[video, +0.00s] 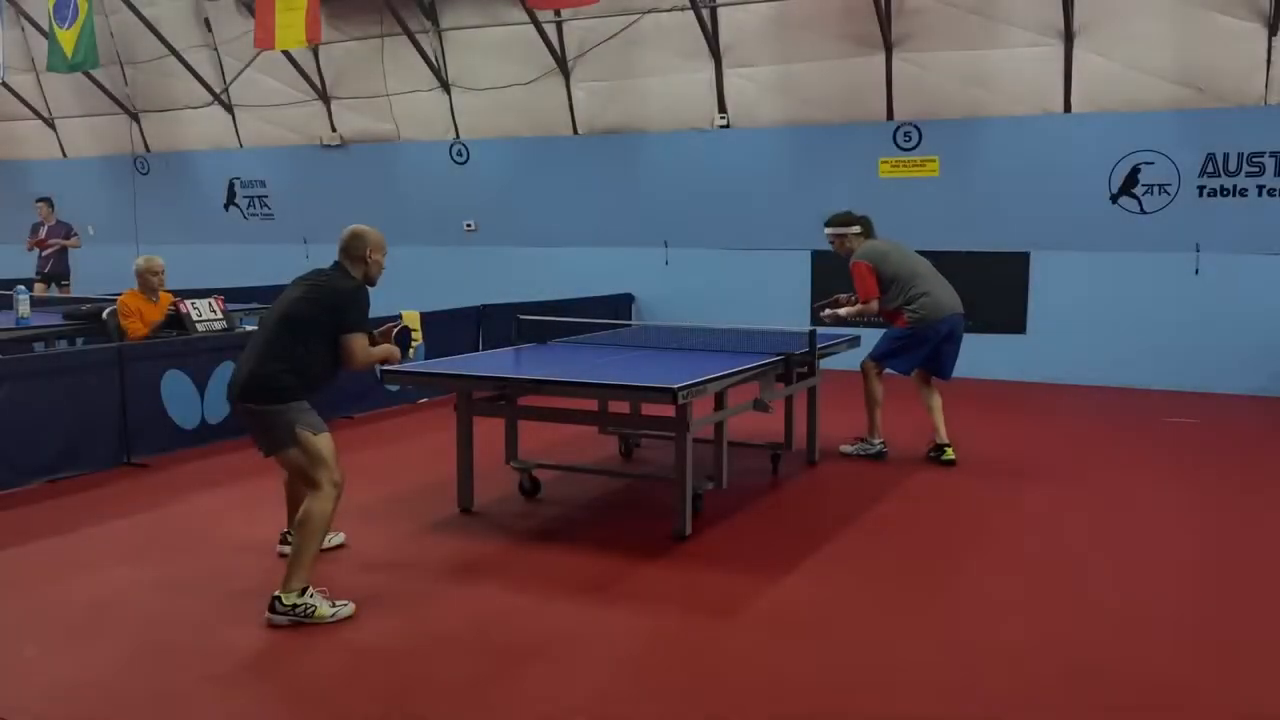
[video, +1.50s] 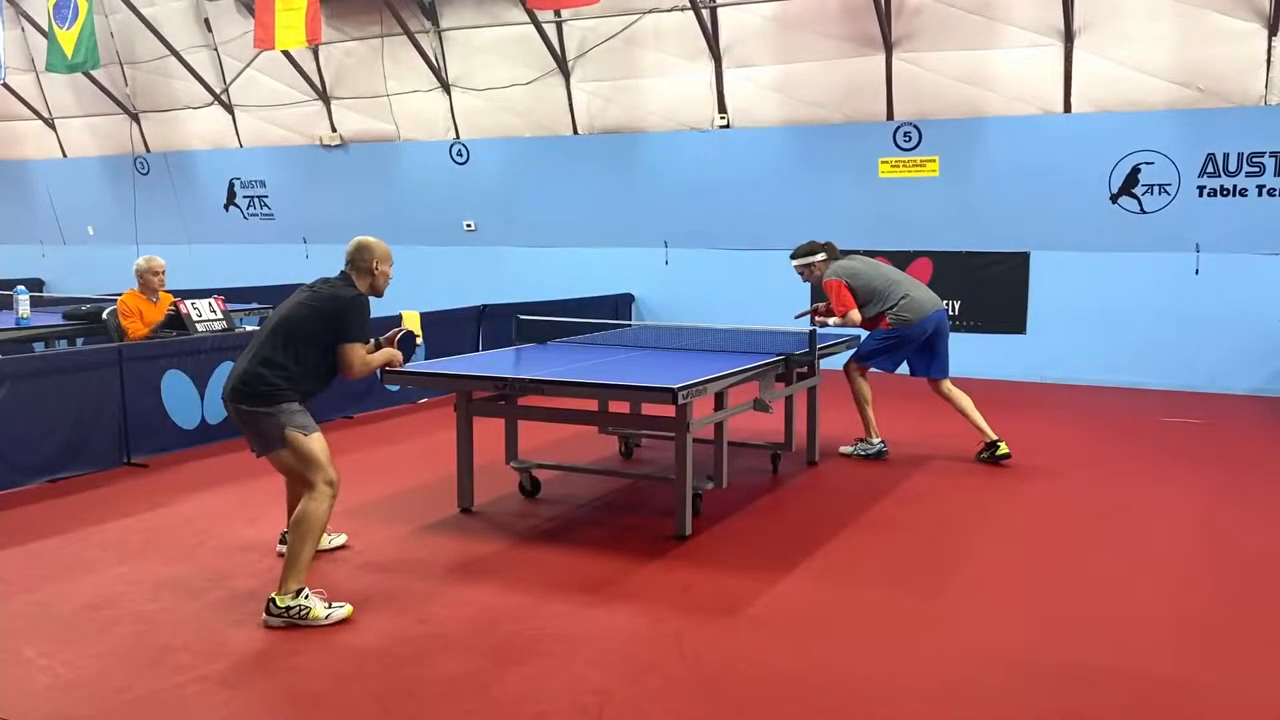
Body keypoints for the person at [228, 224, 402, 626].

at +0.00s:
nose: (384, 266)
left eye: (384, 258)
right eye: (382, 258)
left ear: (345, 255)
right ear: (368, 258)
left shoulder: (315, 279)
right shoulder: (351, 292)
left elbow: (319, 341)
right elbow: (355, 358)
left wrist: (366, 345)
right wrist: (385, 352)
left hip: (251, 388)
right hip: (277, 393)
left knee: (299, 463)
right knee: (328, 483)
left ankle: (298, 532)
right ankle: (291, 595)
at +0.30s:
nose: (388, 273)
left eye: (388, 266)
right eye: (386, 266)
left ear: (352, 265)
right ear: (371, 267)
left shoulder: (321, 288)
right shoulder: (352, 300)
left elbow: (333, 348)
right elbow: (358, 365)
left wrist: (373, 347)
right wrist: (386, 355)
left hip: (248, 388)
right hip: (265, 393)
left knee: (302, 470)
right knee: (316, 480)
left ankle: (299, 533)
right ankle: (288, 595)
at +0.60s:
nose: (388, 278)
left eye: (388, 270)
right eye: (386, 271)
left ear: (352, 270)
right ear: (370, 271)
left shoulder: (316, 291)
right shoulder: (354, 304)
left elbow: (323, 349)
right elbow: (358, 370)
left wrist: (370, 350)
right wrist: (384, 359)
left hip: (243, 392)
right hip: (267, 397)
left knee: (299, 465)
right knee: (327, 481)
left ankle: (297, 534)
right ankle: (289, 597)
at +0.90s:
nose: (390, 277)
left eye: (390, 270)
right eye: (387, 270)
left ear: (354, 270)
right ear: (372, 271)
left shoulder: (322, 291)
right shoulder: (352, 304)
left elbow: (333, 355)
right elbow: (354, 369)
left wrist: (373, 350)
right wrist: (385, 358)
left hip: (243, 390)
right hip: (264, 395)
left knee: (299, 468)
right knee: (323, 481)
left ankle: (298, 534)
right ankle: (288, 597)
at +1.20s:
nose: (390, 275)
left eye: (390, 268)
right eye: (387, 268)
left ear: (354, 269)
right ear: (371, 269)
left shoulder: (320, 290)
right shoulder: (353, 302)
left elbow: (329, 351)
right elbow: (357, 367)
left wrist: (371, 350)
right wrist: (385, 357)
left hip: (245, 391)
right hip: (268, 396)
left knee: (301, 463)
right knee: (329, 482)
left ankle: (297, 533)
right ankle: (289, 597)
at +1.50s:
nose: (391, 274)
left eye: (390, 267)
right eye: (388, 267)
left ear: (354, 266)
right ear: (373, 268)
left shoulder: (323, 289)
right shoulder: (351, 302)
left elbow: (333, 354)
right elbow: (353, 367)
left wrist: (374, 347)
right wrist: (386, 356)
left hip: (245, 390)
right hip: (269, 395)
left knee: (299, 470)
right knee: (324, 482)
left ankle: (298, 534)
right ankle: (288, 597)